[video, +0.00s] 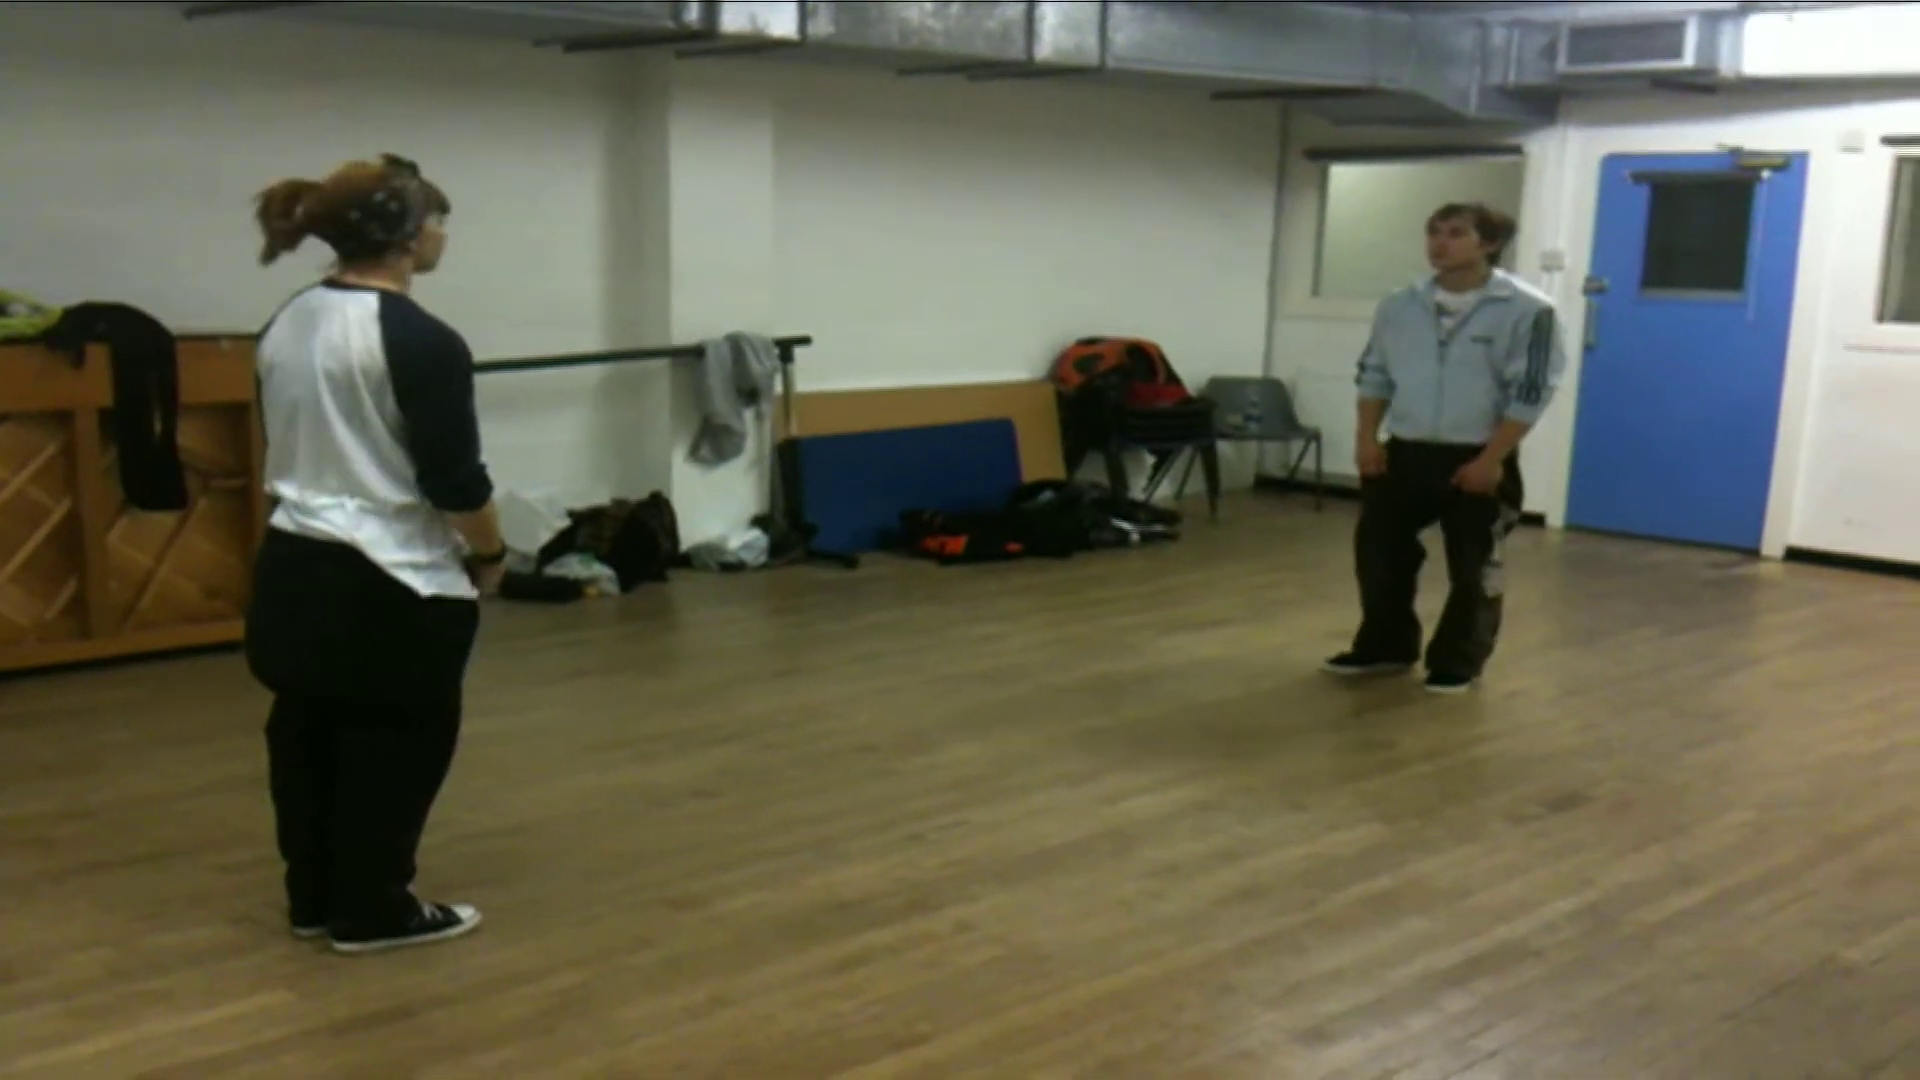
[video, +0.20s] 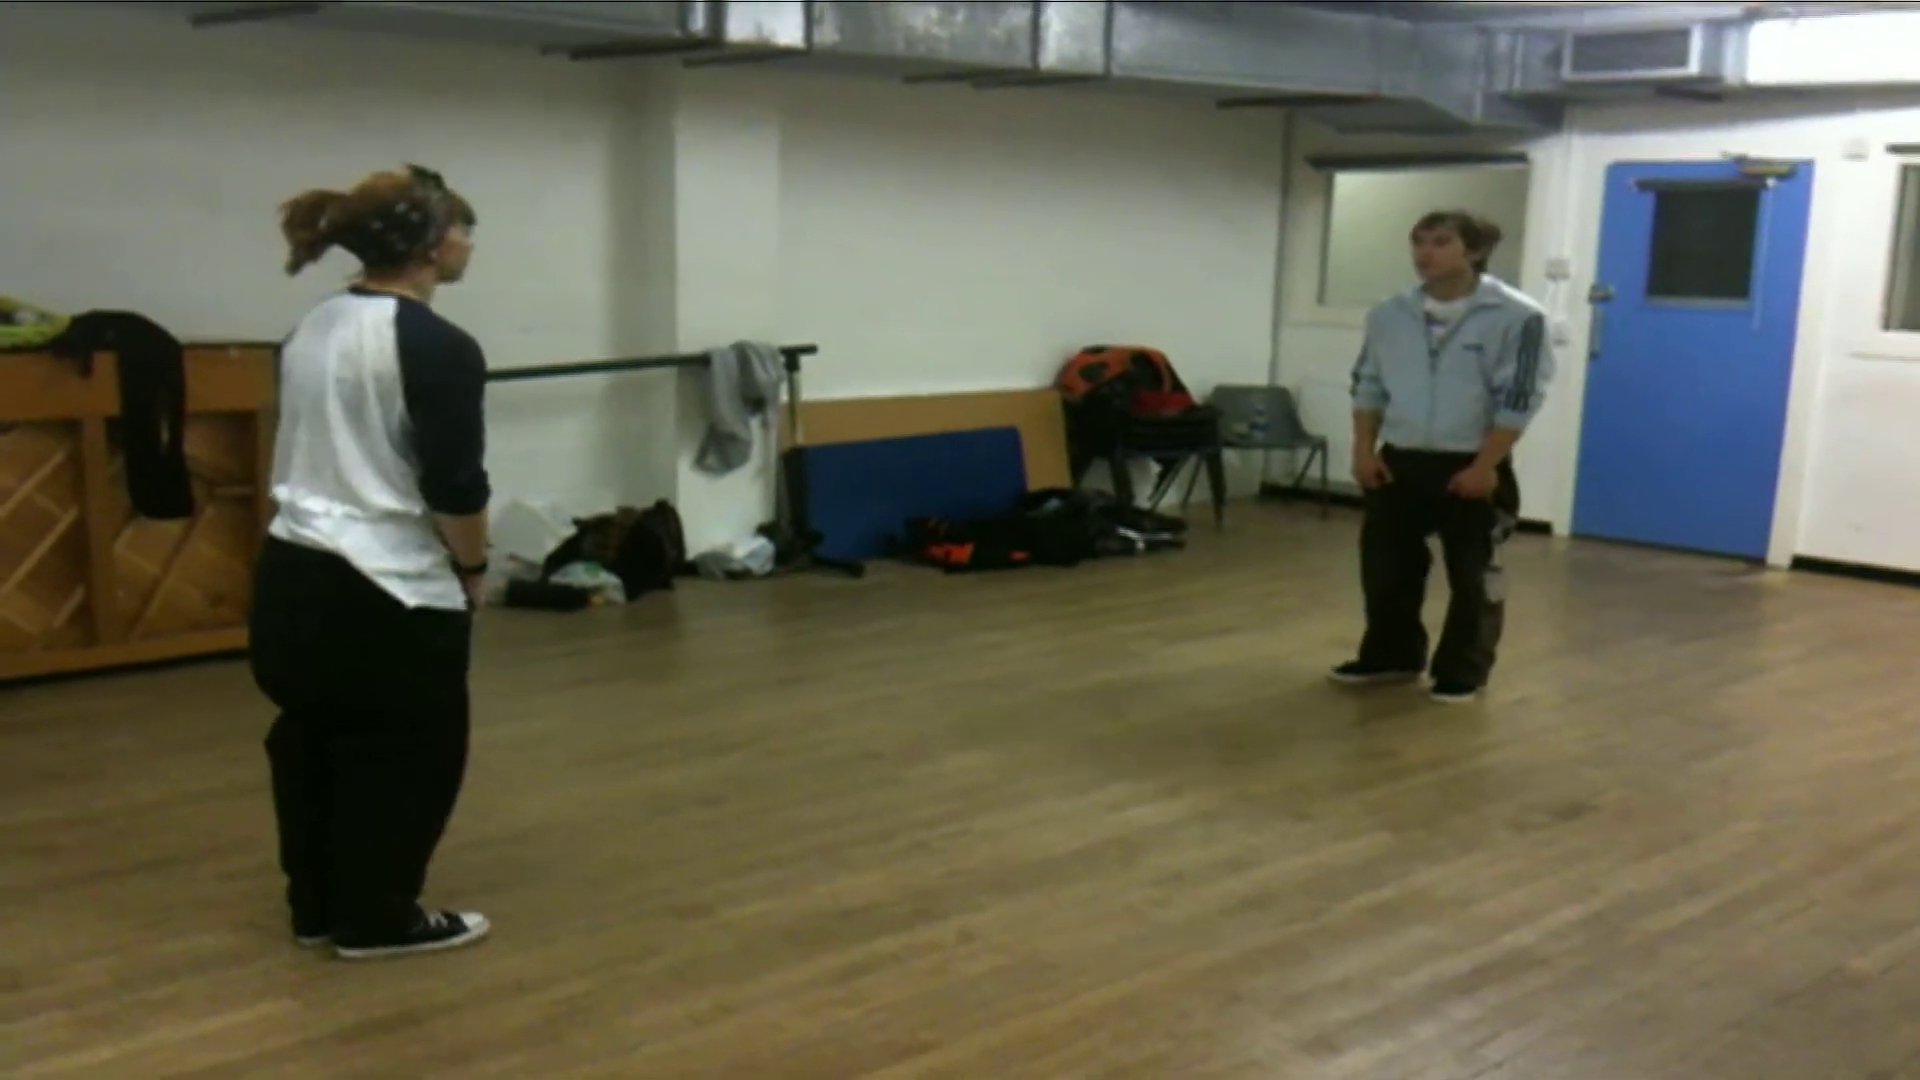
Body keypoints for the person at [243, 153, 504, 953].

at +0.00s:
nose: (443, 237)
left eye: (442, 223)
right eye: (437, 224)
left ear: (348, 232)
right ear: (409, 233)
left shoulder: (286, 326)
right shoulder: (423, 344)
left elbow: (289, 456)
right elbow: (457, 483)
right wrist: (490, 554)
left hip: (294, 572)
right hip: (396, 586)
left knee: (310, 725)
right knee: (407, 741)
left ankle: (315, 895)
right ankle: (374, 905)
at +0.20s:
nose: (468, 241)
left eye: (466, 229)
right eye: (462, 229)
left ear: (382, 240)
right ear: (430, 243)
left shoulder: (311, 329)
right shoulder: (439, 348)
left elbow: (310, 461)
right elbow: (456, 489)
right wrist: (472, 571)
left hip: (292, 578)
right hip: (392, 593)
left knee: (319, 728)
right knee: (421, 750)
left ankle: (320, 903)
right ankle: (380, 915)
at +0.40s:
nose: (504, 244)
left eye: (501, 230)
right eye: (496, 231)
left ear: (420, 241)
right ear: (460, 243)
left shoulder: (355, 324)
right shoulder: (467, 346)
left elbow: (354, 457)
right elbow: (474, 488)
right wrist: (490, 577)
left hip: (318, 572)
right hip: (409, 586)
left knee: (334, 730)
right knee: (435, 744)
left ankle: (325, 898)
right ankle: (385, 907)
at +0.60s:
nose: (562, 257)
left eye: (560, 242)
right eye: (554, 245)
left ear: (479, 253)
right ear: (521, 257)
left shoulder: (416, 321)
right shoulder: (508, 353)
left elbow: (430, 458)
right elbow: (538, 505)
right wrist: (550, 587)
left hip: (380, 566)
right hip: (456, 586)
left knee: (420, 730)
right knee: (451, 751)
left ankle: (349, 872)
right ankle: (378, 907)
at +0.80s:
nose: (648, 308)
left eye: (646, 293)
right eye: (641, 295)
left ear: (569, 301)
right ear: (616, 304)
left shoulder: (522, 362)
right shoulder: (607, 383)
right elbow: (624, 521)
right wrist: (630, 585)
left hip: (461, 568)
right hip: (511, 585)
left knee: (628, 666)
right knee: (582, 744)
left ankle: (631, 818)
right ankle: (400, 886)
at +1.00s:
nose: (746, 346)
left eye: (745, 335)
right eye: (740, 336)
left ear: (671, 340)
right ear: (718, 337)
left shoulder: (629, 397)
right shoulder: (723, 382)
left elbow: (611, 506)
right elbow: (719, 496)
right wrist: (744, 559)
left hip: (606, 590)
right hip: (663, 599)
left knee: (749, 661)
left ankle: (753, 797)